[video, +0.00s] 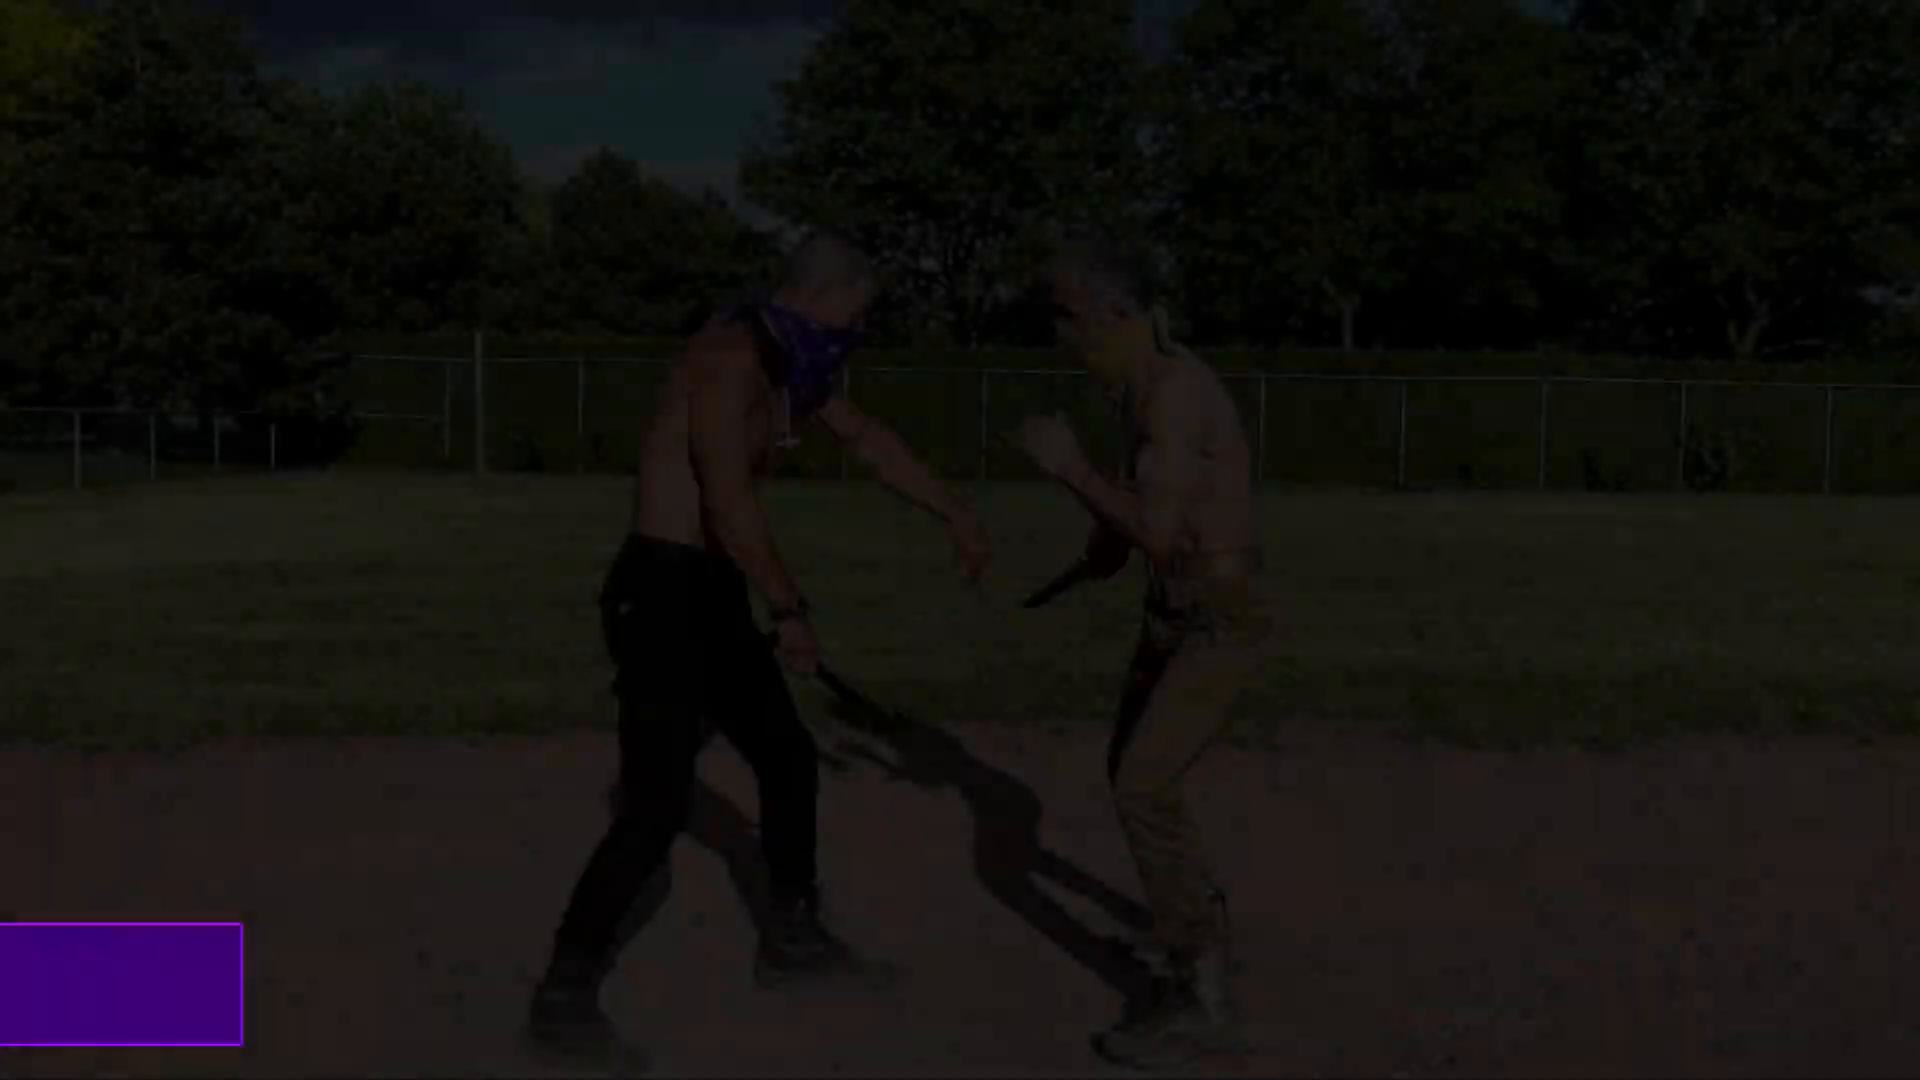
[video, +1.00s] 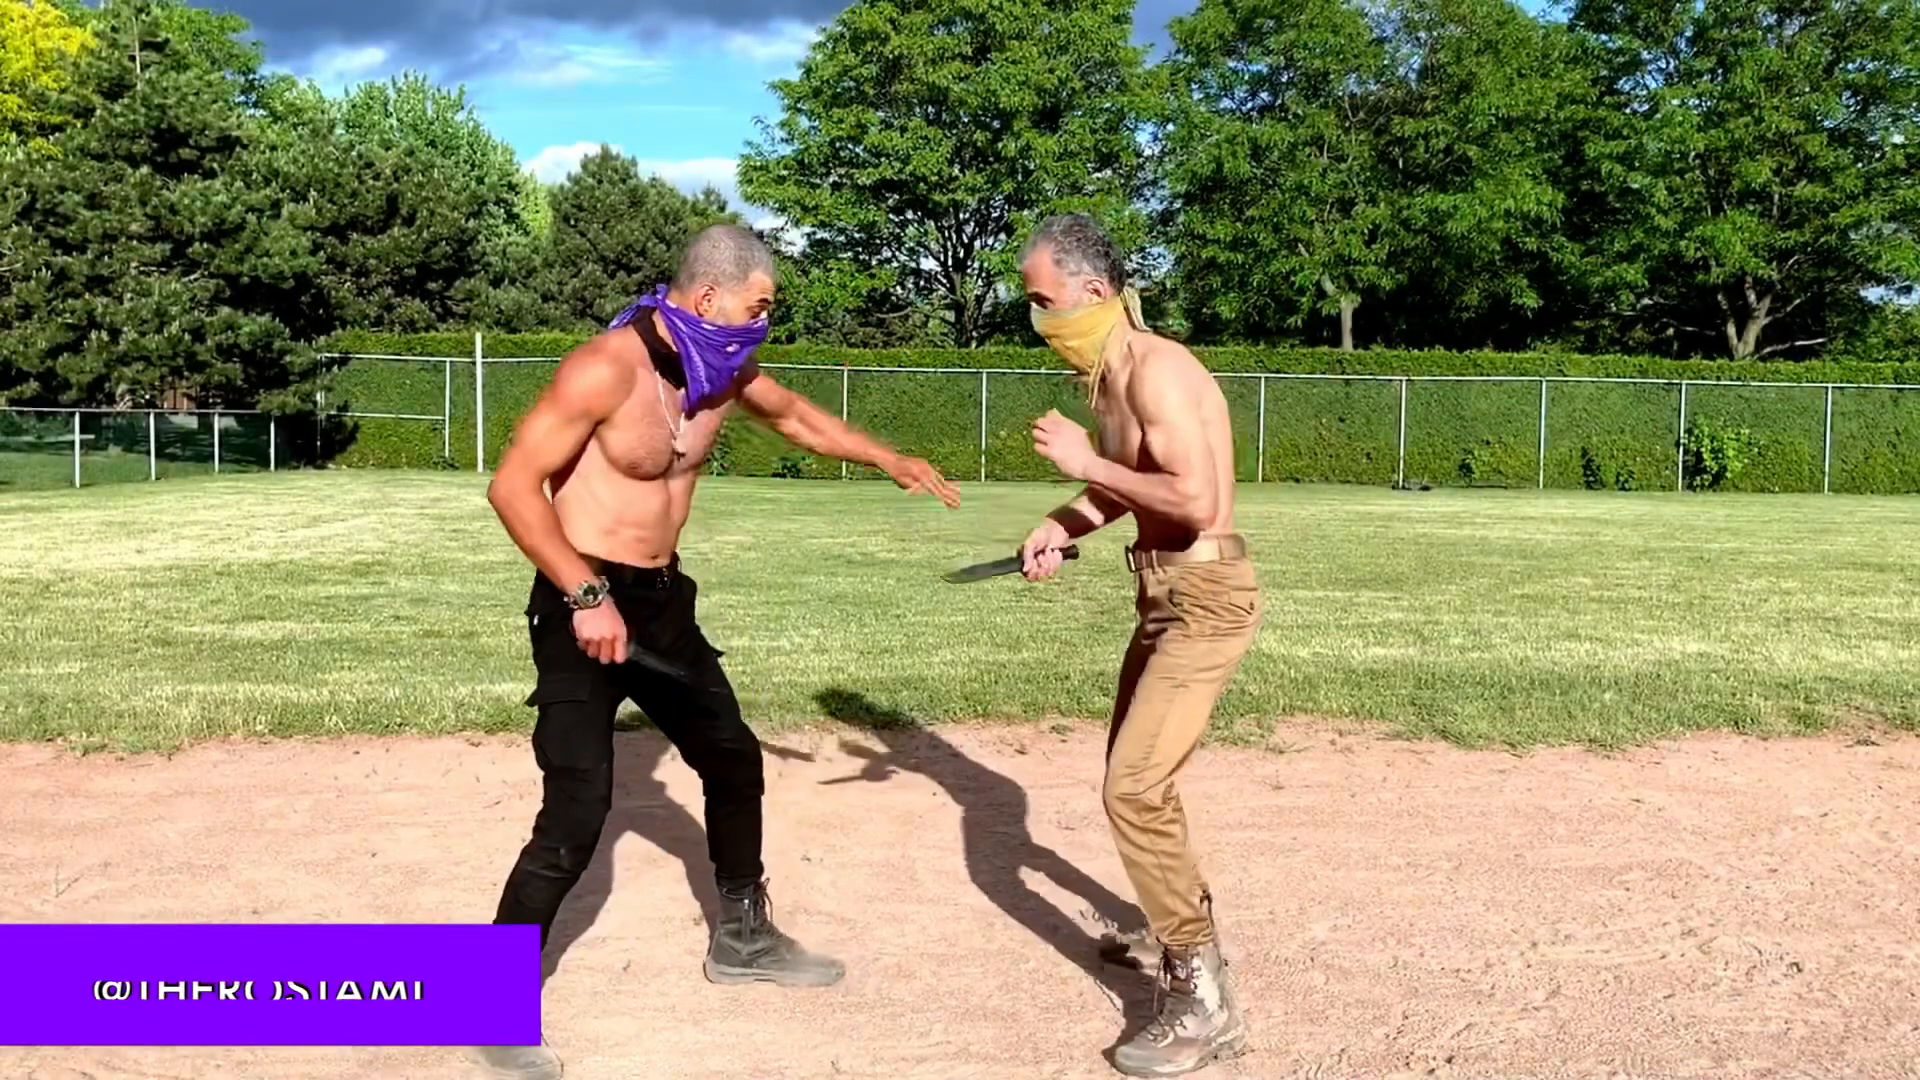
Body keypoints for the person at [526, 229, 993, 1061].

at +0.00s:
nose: (845, 343)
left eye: (852, 328)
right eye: (843, 325)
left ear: (807, 305)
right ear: (811, 309)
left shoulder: (780, 368)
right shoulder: (729, 363)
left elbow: (867, 441)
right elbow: (729, 503)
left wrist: (954, 511)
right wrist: (786, 608)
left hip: (712, 592)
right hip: (661, 595)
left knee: (789, 761)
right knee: (655, 805)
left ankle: (793, 936)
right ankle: (566, 995)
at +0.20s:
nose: (830, 326)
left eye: (836, 311)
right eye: (829, 310)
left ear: (759, 287)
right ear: (795, 303)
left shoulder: (671, 338)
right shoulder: (768, 385)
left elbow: (690, 436)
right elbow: (808, 510)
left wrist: (784, 406)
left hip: (654, 594)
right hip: (672, 609)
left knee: (756, 757)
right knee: (678, 822)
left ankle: (793, 936)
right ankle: (563, 1001)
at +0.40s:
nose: (803, 328)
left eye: (809, 313)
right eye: (800, 310)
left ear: (736, 292)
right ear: (753, 298)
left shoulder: (658, 336)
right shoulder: (724, 397)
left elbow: (679, 444)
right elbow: (757, 529)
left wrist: (764, 409)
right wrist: (789, 520)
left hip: (661, 595)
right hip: (664, 608)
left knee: (765, 744)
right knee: (676, 814)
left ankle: (788, 928)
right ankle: (566, 997)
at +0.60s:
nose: (806, 331)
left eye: (812, 315)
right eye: (799, 313)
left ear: (756, 302)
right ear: (748, 300)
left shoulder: (747, 368)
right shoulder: (658, 373)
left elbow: (785, 428)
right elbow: (630, 526)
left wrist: (844, 430)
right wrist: (727, 582)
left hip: (705, 599)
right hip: (630, 599)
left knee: (780, 755)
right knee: (626, 800)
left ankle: (769, 928)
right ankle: (550, 983)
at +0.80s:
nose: (769, 321)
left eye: (775, 307)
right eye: (762, 304)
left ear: (720, 294)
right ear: (714, 293)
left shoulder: (707, 360)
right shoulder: (626, 368)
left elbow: (691, 457)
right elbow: (556, 509)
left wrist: (765, 449)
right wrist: (649, 595)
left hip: (690, 596)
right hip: (607, 606)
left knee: (763, 755)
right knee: (580, 813)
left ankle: (768, 929)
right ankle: (498, 1002)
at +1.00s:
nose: (761, 326)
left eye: (767, 311)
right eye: (753, 308)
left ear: (722, 302)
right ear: (700, 299)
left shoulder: (719, 363)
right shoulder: (606, 367)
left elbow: (795, 417)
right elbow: (513, 483)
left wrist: (887, 455)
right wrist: (582, 592)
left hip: (662, 598)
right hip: (580, 598)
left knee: (733, 757)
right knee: (573, 814)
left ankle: (742, 933)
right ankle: (497, 1002)